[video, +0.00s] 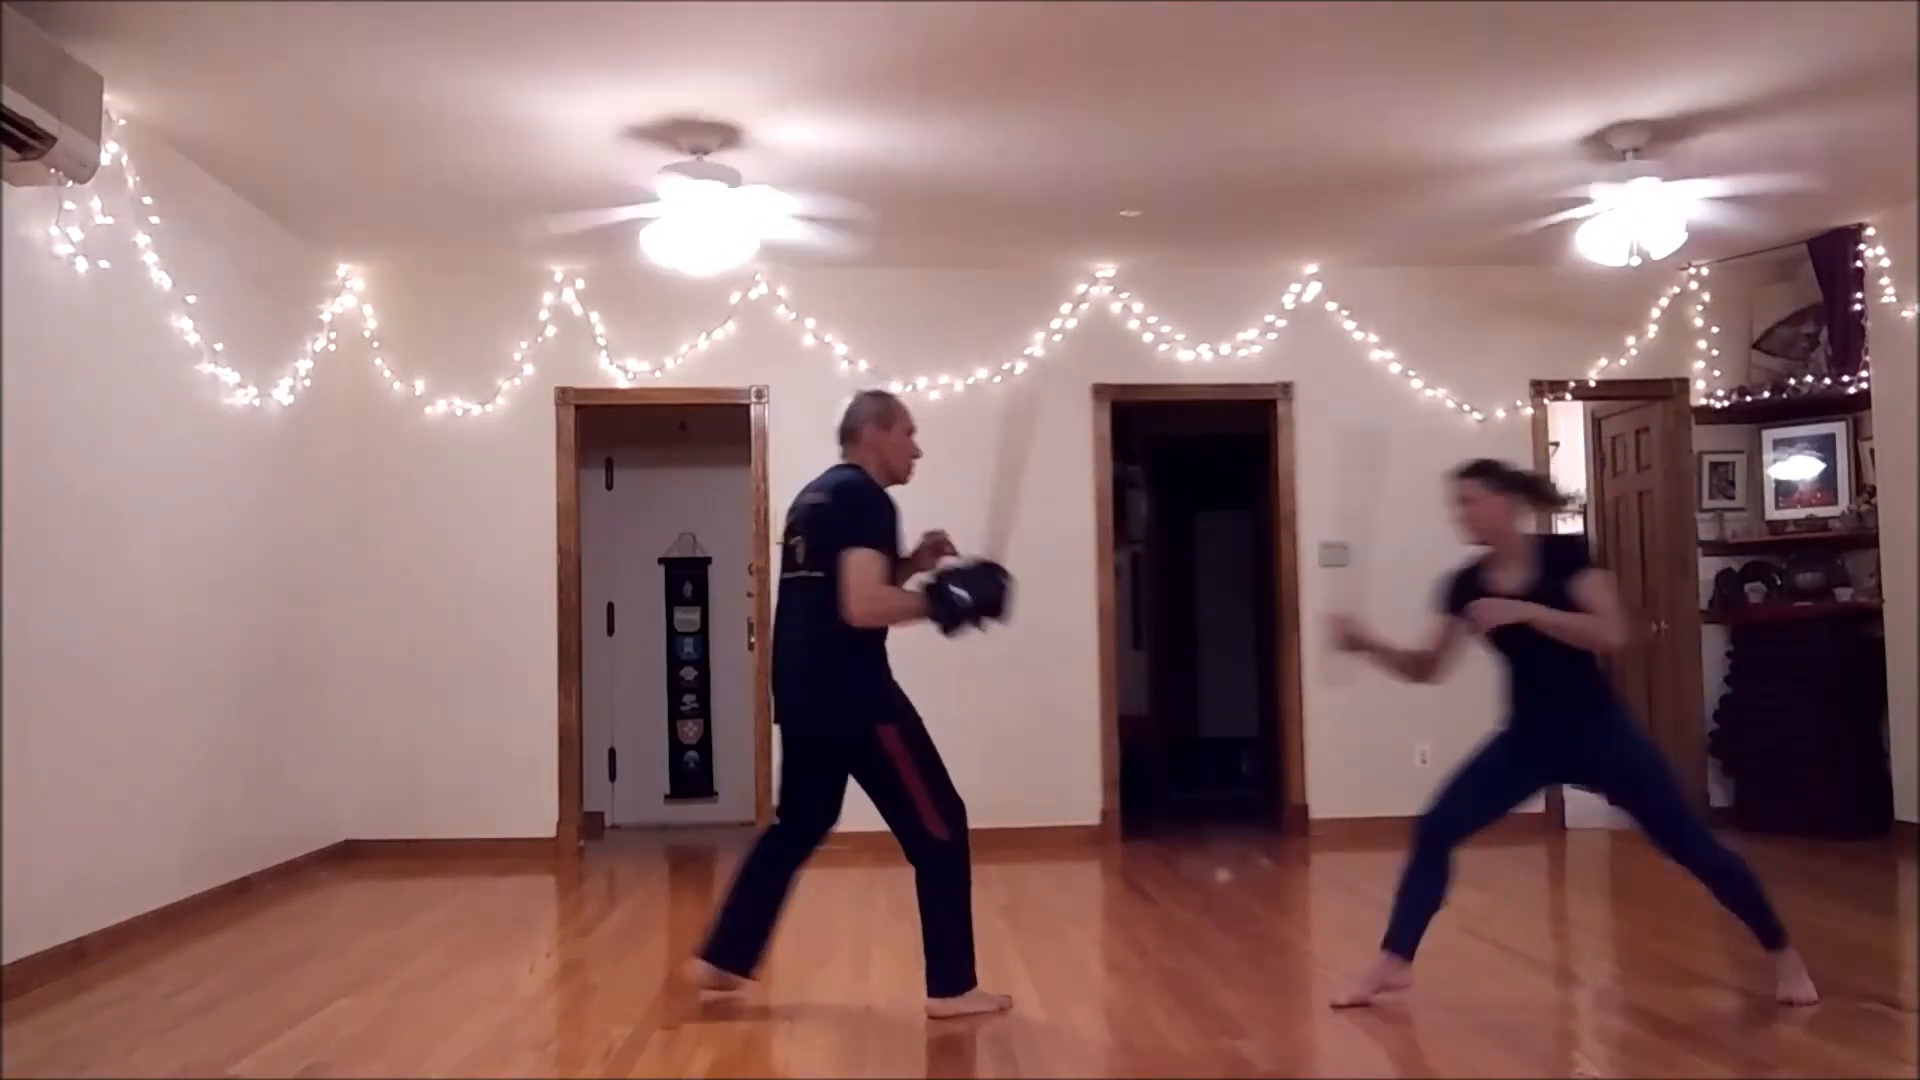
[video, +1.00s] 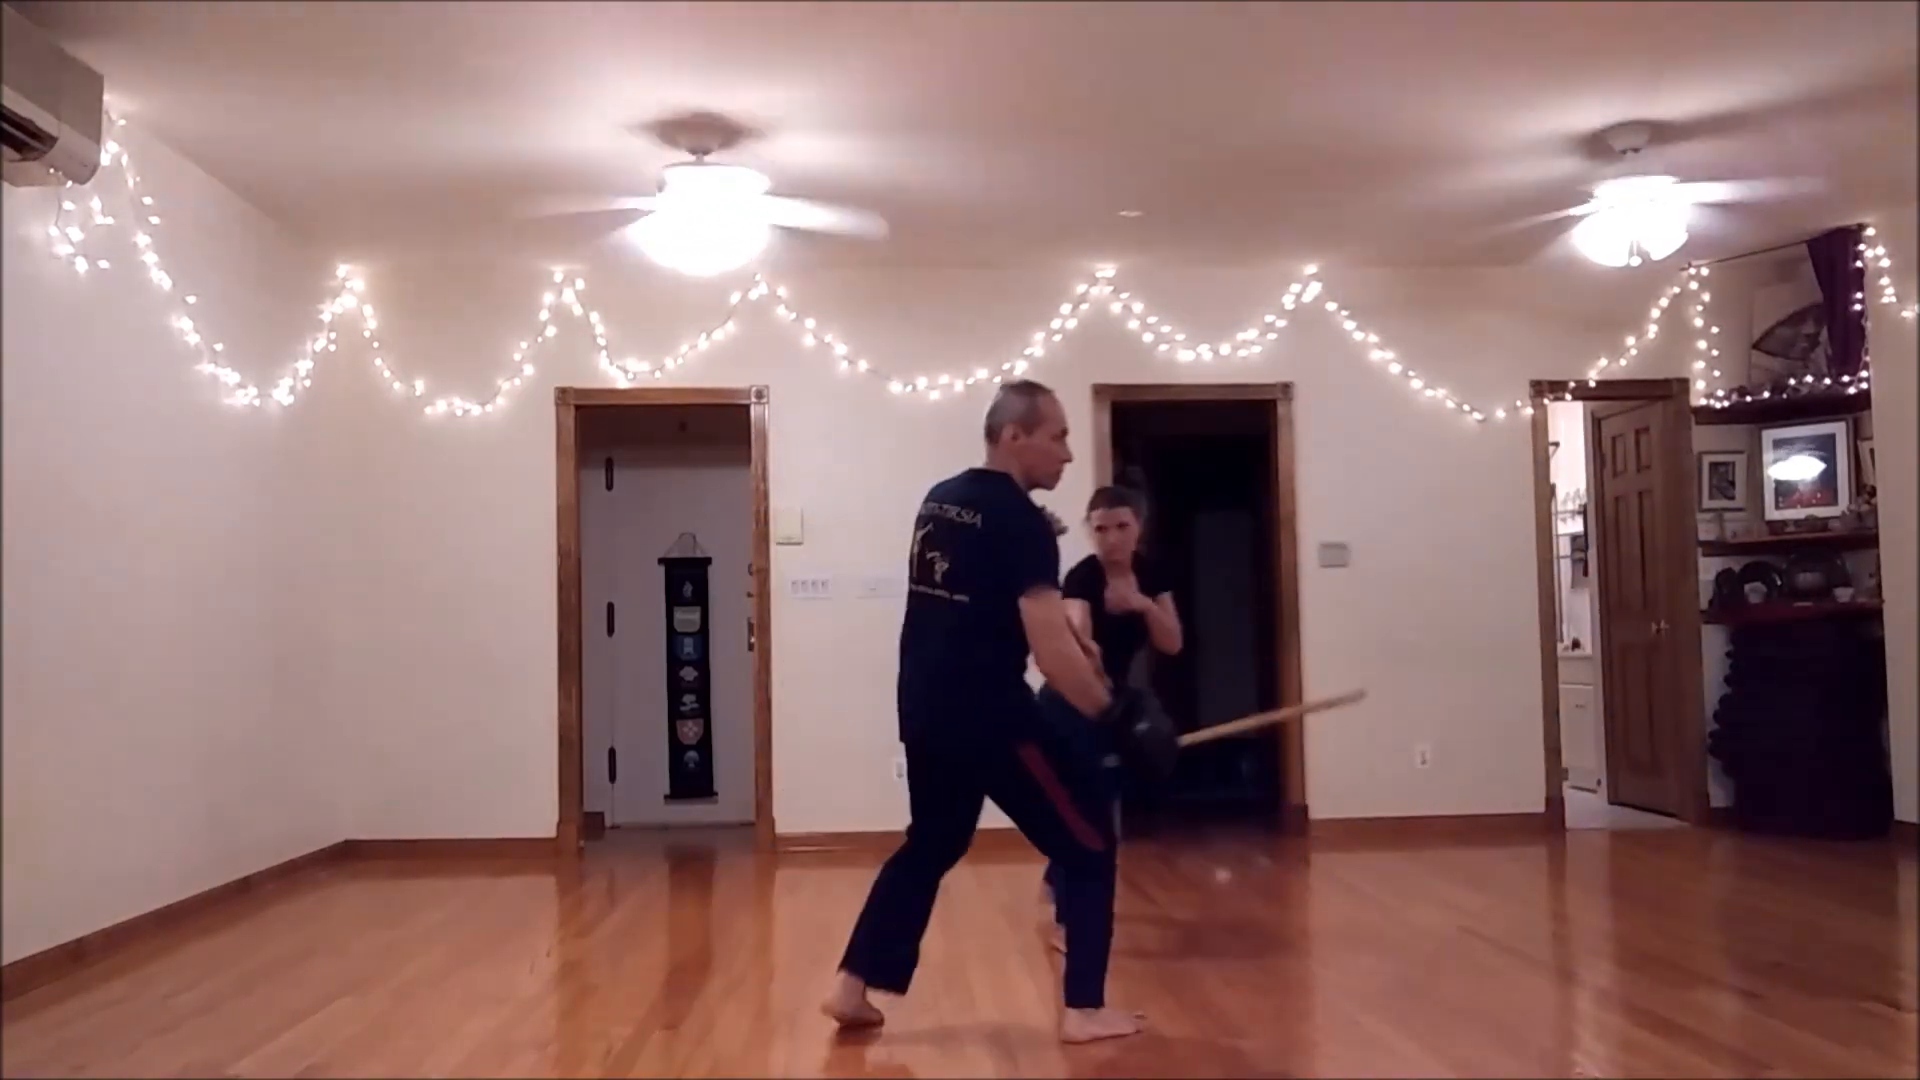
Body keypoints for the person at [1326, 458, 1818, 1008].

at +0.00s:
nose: (1464, 515)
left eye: (1473, 502)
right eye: (1459, 506)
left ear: (1510, 501)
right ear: (1468, 515)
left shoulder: (1567, 558)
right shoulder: (1470, 583)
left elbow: (1613, 634)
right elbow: (1431, 665)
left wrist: (1524, 612)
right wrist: (1369, 645)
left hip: (1600, 736)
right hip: (1528, 741)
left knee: (1686, 840)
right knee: (1437, 828)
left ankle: (1781, 950)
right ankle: (1393, 963)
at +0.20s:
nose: (1334, 512)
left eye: (1343, 499)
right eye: (1332, 501)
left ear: (1384, 498)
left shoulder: (1443, 552)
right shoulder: (1344, 576)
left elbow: (1517, 621)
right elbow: (1288, 652)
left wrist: (1454, 665)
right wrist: (1221, 669)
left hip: (1477, 710)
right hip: (1413, 714)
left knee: (1494, 827)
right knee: (1358, 822)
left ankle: (1522, 945)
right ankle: (1389, 965)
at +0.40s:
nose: (1263, 527)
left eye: (1272, 514)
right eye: (1258, 517)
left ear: (1309, 513)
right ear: (1265, 523)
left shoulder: (1360, 566)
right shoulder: (1274, 584)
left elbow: (1437, 618)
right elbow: (1225, 650)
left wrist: (1394, 660)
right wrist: (1176, 606)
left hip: (1364, 733)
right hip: (1307, 735)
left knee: (1365, 851)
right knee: (1209, 803)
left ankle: (1442, 984)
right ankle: (1175, 925)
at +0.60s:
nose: (1161, 522)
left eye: (1171, 511)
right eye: (1157, 512)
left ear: (1205, 511)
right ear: (1154, 518)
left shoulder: (1243, 571)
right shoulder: (1148, 576)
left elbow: (1289, 638)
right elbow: (1084, 619)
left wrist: (1248, 631)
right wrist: (1061, 563)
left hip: (1247, 728)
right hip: (1175, 731)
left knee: (1305, 819)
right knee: (1129, 828)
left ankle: (1358, 935)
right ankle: (1112, 931)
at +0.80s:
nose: (1120, 527)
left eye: (1130, 514)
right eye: (1111, 518)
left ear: (1155, 515)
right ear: (1102, 522)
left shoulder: (1180, 563)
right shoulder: (1095, 572)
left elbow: (1207, 625)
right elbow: (1081, 636)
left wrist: (1165, 592)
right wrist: (1132, 654)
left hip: (1164, 700)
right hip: (1106, 702)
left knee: (1186, 817)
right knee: (1112, 814)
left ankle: (1144, 868)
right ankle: (1074, 871)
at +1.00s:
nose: (1112, 537)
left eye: (1121, 527)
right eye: (1102, 528)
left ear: (1138, 531)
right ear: (1091, 532)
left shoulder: (1152, 574)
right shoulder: (1083, 576)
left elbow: (1172, 642)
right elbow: (1079, 638)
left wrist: (1146, 606)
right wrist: (1107, 690)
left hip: (1117, 700)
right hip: (1070, 699)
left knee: (1101, 798)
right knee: (1080, 797)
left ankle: (1079, 891)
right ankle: (1063, 888)